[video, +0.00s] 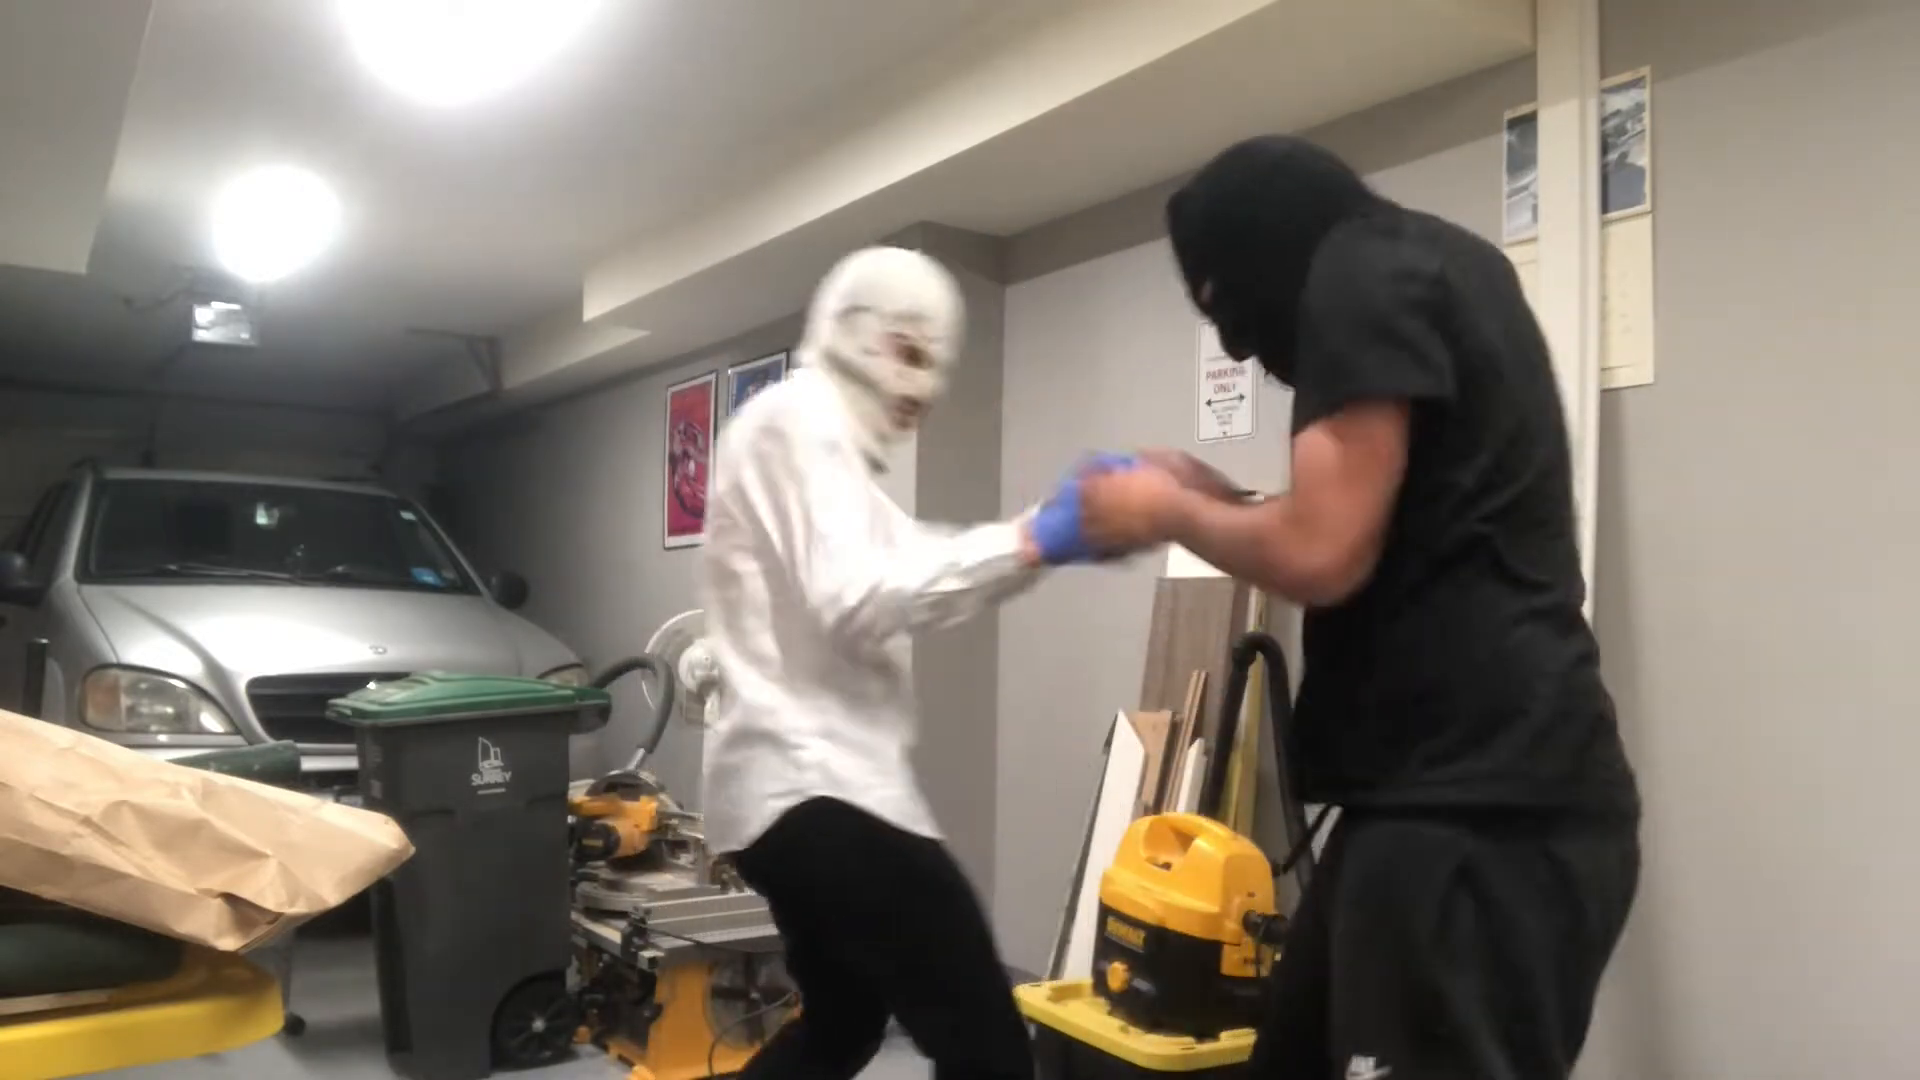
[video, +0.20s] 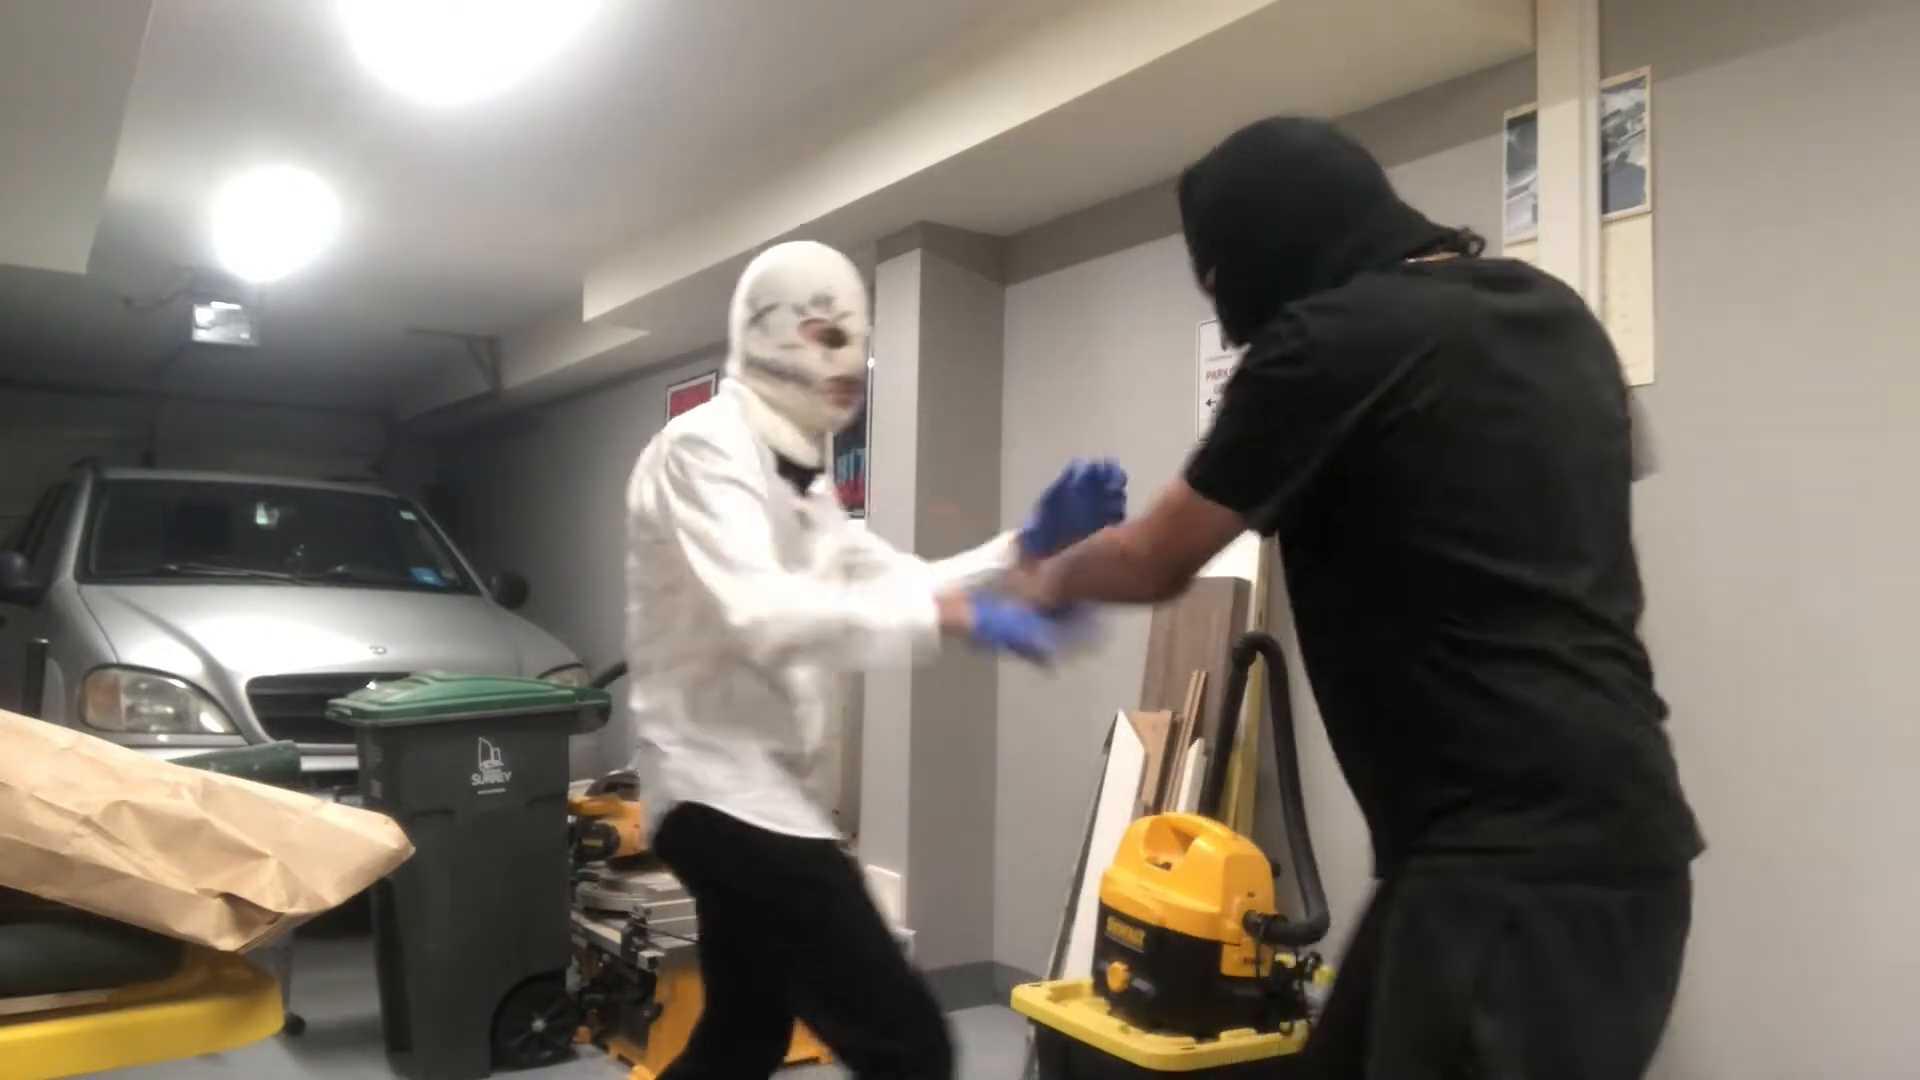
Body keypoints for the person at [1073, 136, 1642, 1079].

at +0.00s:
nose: (1221, 326)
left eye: (1217, 293)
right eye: (1207, 301)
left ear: (1267, 243)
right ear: (1314, 213)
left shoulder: (1370, 270)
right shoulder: (1431, 268)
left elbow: (1318, 554)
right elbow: (1363, 536)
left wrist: (1169, 513)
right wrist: (1222, 504)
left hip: (1469, 824)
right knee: (1298, 1061)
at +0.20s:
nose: (1214, 299)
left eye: (1213, 270)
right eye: (1206, 274)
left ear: (1261, 246)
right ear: (1359, 204)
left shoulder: (1326, 344)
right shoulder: (1554, 312)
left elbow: (1152, 561)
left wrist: (1052, 577)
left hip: (1486, 883)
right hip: (1624, 866)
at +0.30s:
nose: (1244, 271)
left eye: (1247, 239)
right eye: (1239, 244)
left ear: (1299, 226)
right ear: (1386, 195)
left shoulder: (1366, 333)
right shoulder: (1537, 312)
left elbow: (1195, 612)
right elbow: (1389, 499)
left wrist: (1201, 579)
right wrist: (1179, 488)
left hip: (1487, 879)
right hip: (1604, 863)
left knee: (1389, 1059)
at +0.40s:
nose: (1266, 271)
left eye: (1269, 239)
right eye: (1260, 244)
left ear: (1327, 224)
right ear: (1415, 202)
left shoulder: (1393, 340)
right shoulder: (1551, 328)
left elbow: (1181, 580)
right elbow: (1336, 463)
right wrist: (1145, 500)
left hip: (1474, 889)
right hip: (1616, 877)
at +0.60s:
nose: (1249, 273)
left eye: (1257, 241)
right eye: (1249, 242)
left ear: (1307, 245)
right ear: (1413, 227)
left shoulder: (1303, 409)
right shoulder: (1560, 387)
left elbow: (1160, 643)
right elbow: (1590, 635)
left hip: (1463, 900)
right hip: (1595, 884)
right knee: (1273, 1065)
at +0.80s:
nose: (1235, 288)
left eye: (1249, 257)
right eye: (1237, 260)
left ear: (1309, 253)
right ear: (1351, 251)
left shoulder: (1411, 352)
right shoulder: (1399, 360)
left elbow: (1299, 531)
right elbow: (1292, 579)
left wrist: (1104, 389)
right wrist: (1101, 650)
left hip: (1442, 854)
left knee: (1355, 1054)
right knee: (1329, 1049)